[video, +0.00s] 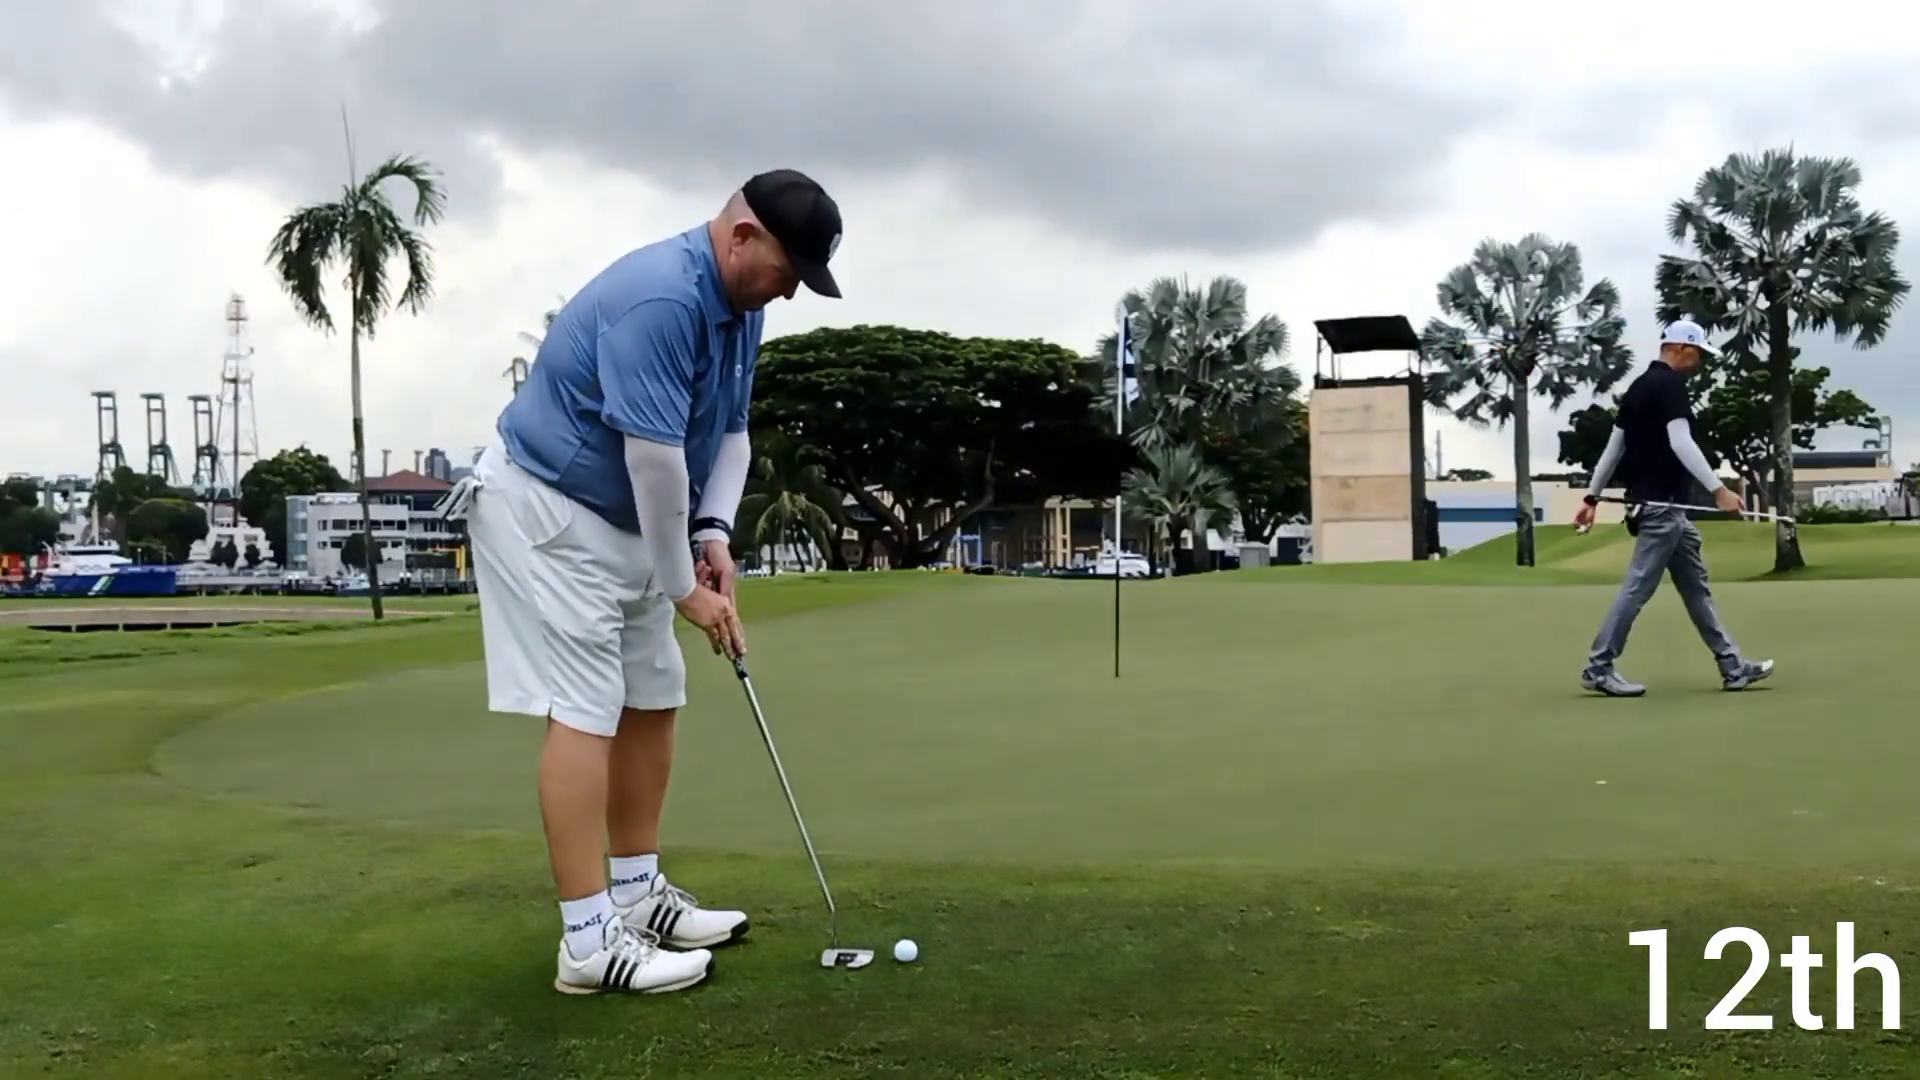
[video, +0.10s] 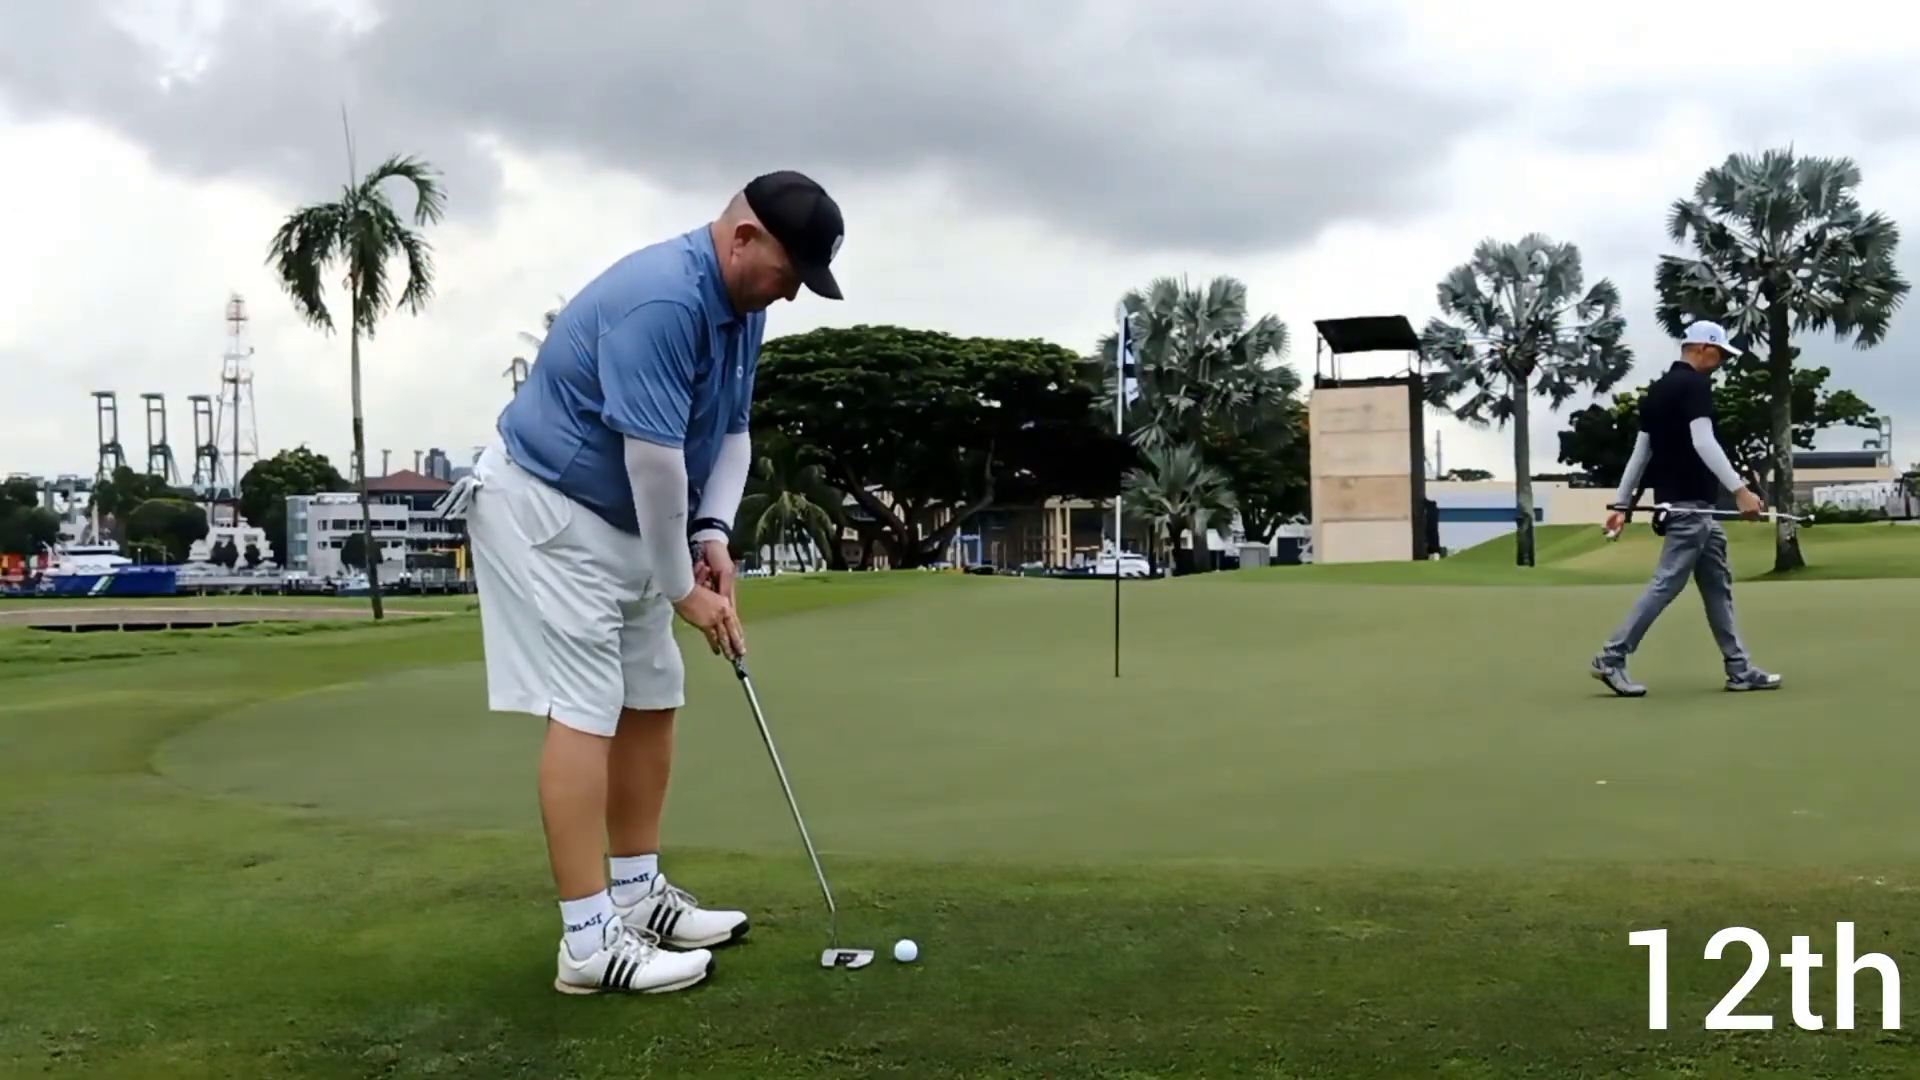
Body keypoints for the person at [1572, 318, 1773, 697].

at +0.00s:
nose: (1699, 363)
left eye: (1701, 356)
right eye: (1697, 354)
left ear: (1670, 350)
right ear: (1678, 349)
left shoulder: (1641, 386)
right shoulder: (1669, 384)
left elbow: (1615, 445)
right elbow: (1680, 441)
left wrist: (1592, 496)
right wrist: (1718, 489)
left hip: (1658, 507)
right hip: (1662, 508)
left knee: (1695, 586)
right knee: (1638, 588)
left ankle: (1732, 665)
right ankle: (1599, 666)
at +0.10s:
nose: (1722, 361)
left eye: (1723, 355)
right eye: (1719, 354)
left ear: (1693, 349)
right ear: (1703, 348)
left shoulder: (1660, 389)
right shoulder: (1694, 384)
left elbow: (1641, 452)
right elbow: (1704, 441)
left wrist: (1621, 505)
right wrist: (1739, 489)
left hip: (1682, 507)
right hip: (1692, 508)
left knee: (1717, 587)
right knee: (1665, 586)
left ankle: (1739, 668)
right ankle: (1611, 659)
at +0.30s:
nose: (1760, 356)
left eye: (1761, 349)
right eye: (1759, 348)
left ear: (1733, 341)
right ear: (1743, 342)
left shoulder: (1704, 378)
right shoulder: (1733, 377)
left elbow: (1707, 442)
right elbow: (1738, 437)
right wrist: (1764, 489)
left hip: (1713, 494)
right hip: (1739, 492)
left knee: (1731, 580)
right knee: (1767, 571)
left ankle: (1739, 667)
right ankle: (1696, 636)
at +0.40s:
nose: (1778, 355)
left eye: (1779, 348)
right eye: (1776, 347)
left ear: (1748, 342)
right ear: (1760, 341)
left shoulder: (1721, 379)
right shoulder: (1752, 377)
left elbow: (1724, 444)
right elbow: (1756, 437)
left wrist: (1728, 498)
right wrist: (1772, 491)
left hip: (1732, 496)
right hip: (1760, 493)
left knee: (1737, 583)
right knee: (1798, 564)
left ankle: (1740, 666)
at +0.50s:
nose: (1799, 356)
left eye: (1801, 350)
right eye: (1798, 349)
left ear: (1774, 341)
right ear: (1782, 341)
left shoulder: (1744, 375)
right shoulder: (1772, 378)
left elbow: (1764, 447)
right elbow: (1773, 440)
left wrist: (1805, 488)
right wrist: (1784, 496)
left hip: (1750, 496)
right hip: (1780, 495)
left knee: (1746, 582)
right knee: (1823, 566)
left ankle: (1739, 667)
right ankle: (1824, 661)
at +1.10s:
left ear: (1899, 335)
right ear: (1914, 336)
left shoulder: (1870, 371)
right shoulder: (1909, 370)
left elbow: (1855, 436)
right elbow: (1914, 418)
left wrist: (1847, 489)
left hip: (1884, 485)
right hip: (1907, 486)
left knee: (1912, 574)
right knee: (1897, 575)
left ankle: (1909, 655)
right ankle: (1880, 662)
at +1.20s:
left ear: (1912, 344)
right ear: (1916, 344)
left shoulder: (1892, 378)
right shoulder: (1901, 377)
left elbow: (1872, 440)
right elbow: (1872, 441)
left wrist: (1855, 489)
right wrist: (1855, 489)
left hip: (1903, 494)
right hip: (1913, 496)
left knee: (1905, 577)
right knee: (1904, 577)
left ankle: (1881, 658)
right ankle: (1880, 659)